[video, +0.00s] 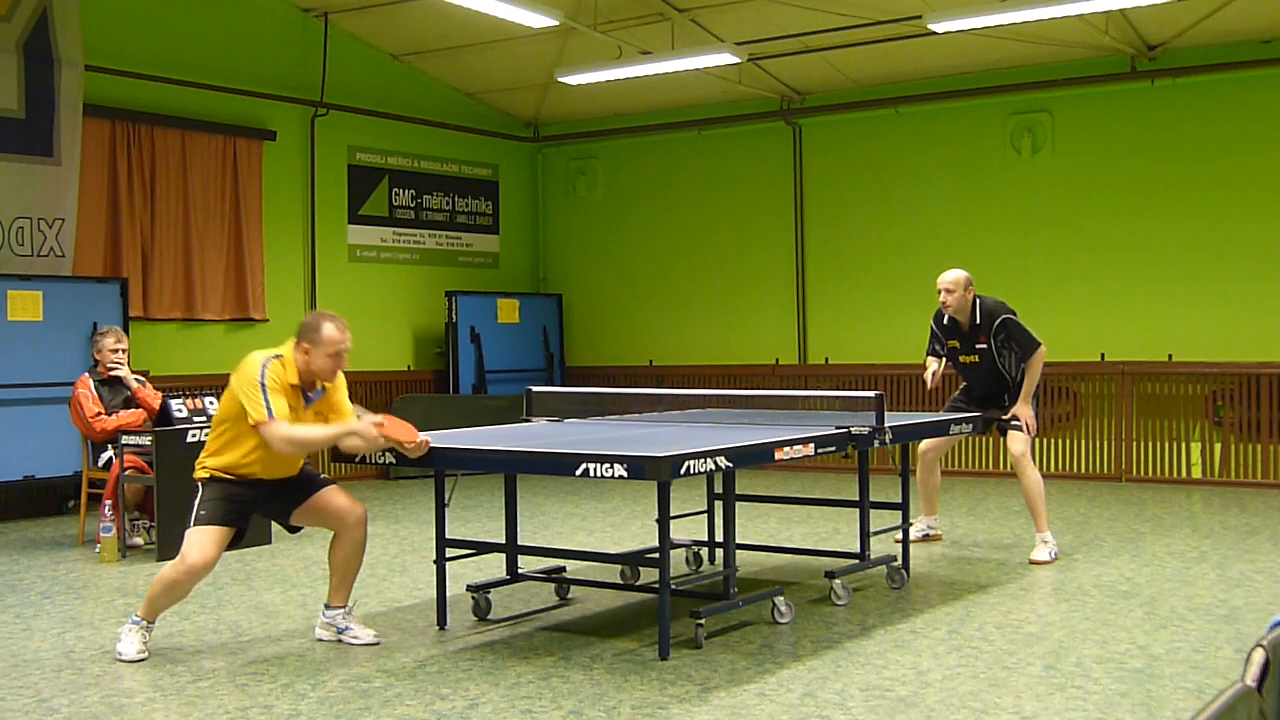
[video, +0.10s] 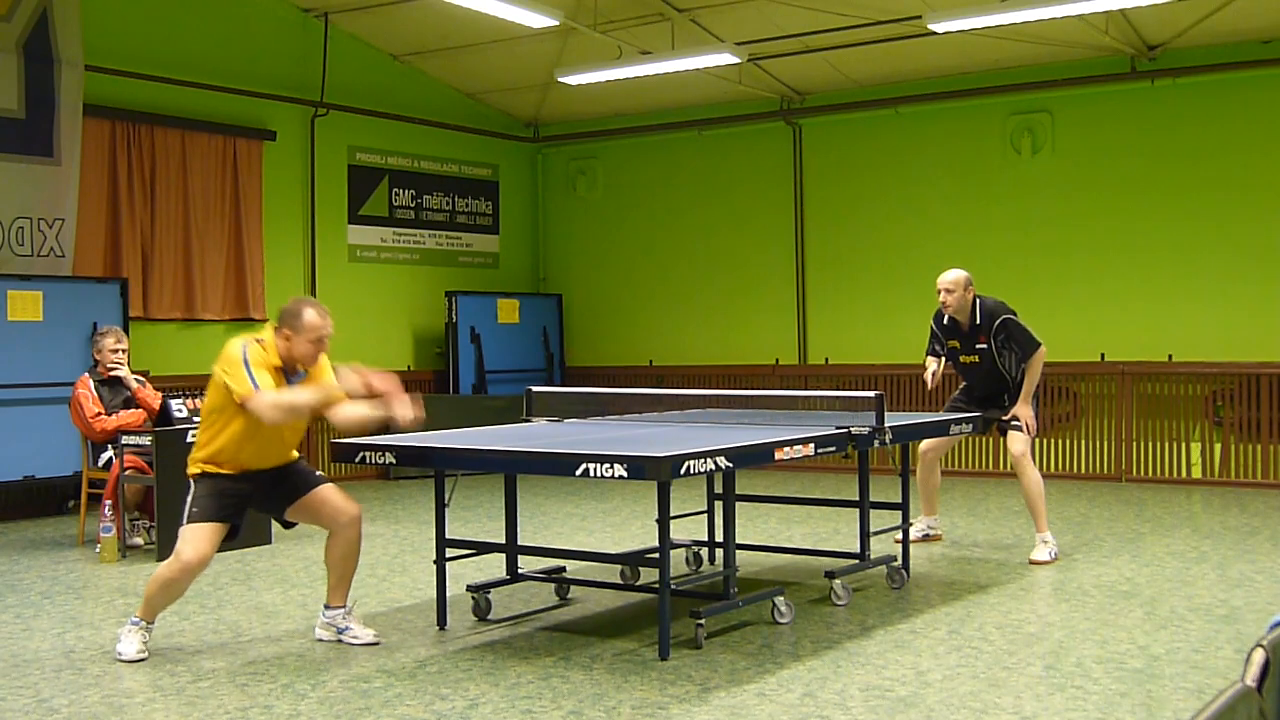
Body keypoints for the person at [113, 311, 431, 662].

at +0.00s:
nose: (342, 365)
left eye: (344, 356)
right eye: (335, 356)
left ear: (340, 353)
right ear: (304, 350)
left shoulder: (332, 379)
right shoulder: (259, 370)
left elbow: (347, 440)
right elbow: (280, 439)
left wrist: (394, 441)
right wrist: (347, 432)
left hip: (286, 474)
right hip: (227, 476)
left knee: (353, 516)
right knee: (196, 562)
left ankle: (335, 617)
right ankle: (141, 623)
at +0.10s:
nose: (323, 349)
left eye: (325, 342)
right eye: (317, 342)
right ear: (285, 336)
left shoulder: (315, 360)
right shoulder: (240, 353)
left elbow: (341, 415)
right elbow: (267, 409)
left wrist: (386, 407)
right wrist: (332, 389)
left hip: (278, 468)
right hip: (218, 472)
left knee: (347, 517)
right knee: (190, 559)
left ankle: (334, 616)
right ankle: (140, 624)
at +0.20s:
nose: (311, 335)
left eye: (313, 327)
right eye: (304, 326)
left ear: (314, 324)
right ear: (273, 320)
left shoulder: (305, 350)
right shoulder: (228, 337)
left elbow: (335, 398)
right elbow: (244, 388)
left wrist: (368, 374)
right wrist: (304, 357)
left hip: (273, 461)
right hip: (213, 466)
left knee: (340, 515)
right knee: (185, 556)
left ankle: (335, 617)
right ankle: (139, 625)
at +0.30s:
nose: (295, 303)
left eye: (297, 295)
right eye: (287, 295)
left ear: (297, 294)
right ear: (255, 295)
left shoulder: (293, 329)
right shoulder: (213, 317)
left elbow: (323, 380)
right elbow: (182, 357)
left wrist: (349, 349)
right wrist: (244, 338)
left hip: (268, 452)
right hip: (203, 456)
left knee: (332, 517)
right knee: (177, 550)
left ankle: (334, 617)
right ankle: (137, 625)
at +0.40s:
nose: (292, 291)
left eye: (293, 282)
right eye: (283, 284)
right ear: (251, 286)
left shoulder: (289, 323)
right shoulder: (206, 308)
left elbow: (318, 379)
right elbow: (145, 334)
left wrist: (342, 358)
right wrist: (206, 323)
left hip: (265, 448)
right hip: (199, 451)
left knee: (327, 517)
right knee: (174, 548)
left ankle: (333, 616)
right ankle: (135, 626)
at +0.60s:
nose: (320, 301)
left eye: (322, 293)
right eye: (313, 292)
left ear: (304, 294)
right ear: (282, 288)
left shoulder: (306, 337)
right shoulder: (225, 303)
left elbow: (321, 390)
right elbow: (147, 292)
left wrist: (346, 381)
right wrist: (160, 300)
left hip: (261, 449)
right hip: (198, 448)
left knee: (326, 516)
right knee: (172, 548)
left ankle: (333, 616)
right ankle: (136, 626)